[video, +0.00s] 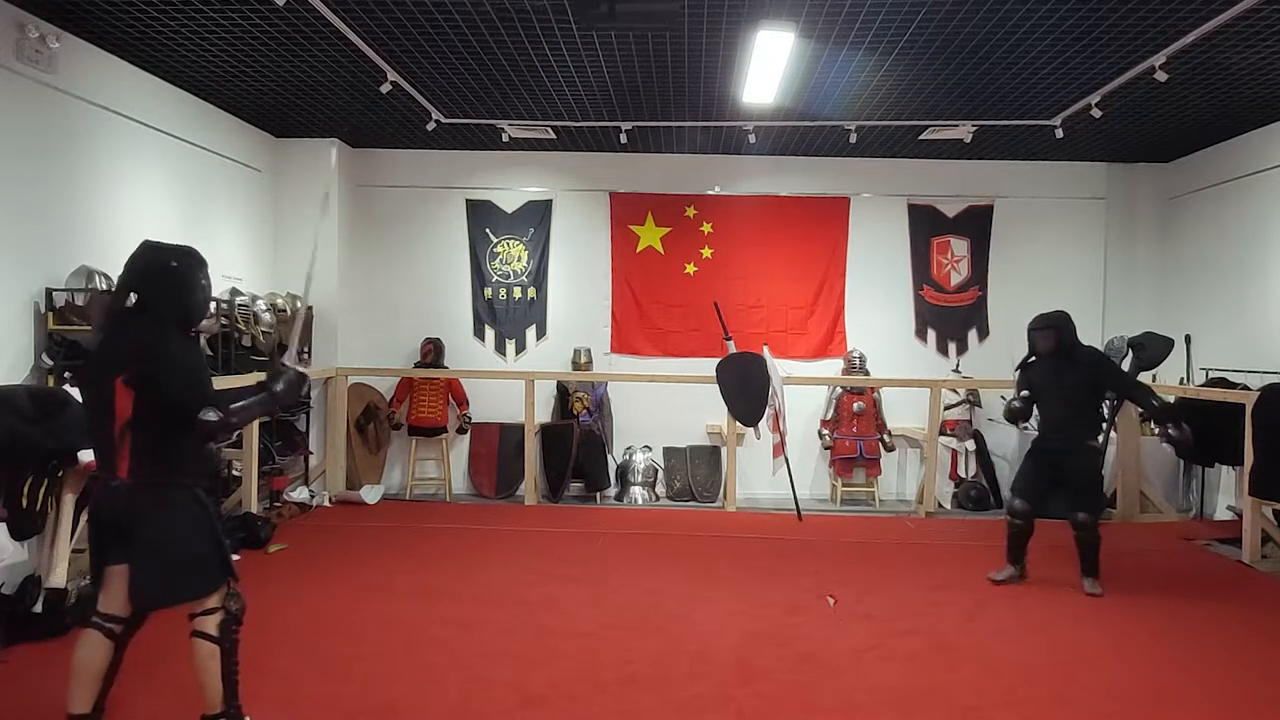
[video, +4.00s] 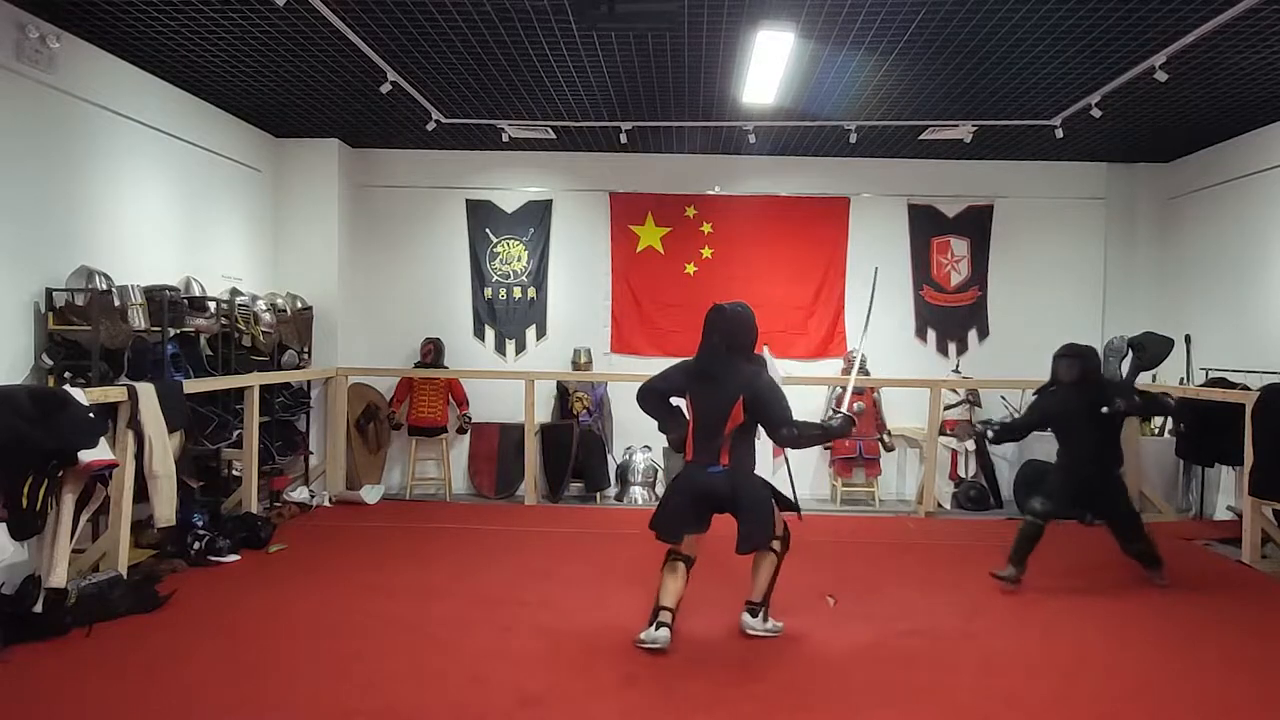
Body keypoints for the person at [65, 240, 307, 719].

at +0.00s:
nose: (209, 294)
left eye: (207, 283)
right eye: (202, 283)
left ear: (145, 287)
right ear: (178, 290)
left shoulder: (114, 338)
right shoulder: (173, 346)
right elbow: (205, 421)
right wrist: (271, 398)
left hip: (116, 497)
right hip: (170, 498)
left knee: (112, 614)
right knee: (217, 602)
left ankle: (79, 712)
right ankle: (222, 711)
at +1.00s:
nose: (361, 308)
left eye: (358, 298)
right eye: (356, 298)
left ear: (301, 301)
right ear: (340, 304)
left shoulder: (281, 346)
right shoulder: (335, 355)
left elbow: (240, 382)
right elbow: (362, 428)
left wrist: (273, 418)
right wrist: (444, 443)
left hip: (286, 487)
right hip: (319, 492)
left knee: (332, 591)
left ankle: (322, 689)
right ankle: (263, 688)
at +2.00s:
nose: (538, 346)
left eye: (538, 338)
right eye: (535, 338)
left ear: (484, 336)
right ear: (522, 339)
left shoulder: (461, 382)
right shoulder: (531, 387)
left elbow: (419, 418)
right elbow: (570, 444)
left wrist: (455, 447)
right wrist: (628, 453)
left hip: (476, 506)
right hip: (533, 506)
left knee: (444, 590)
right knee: (592, 560)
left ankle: (386, 673)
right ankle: (622, 647)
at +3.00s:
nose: (709, 363)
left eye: (703, 358)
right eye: (705, 359)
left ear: (663, 366)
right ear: (701, 365)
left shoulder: (645, 405)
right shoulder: (717, 400)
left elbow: (605, 434)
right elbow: (767, 428)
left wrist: (641, 467)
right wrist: (812, 427)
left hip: (665, 516)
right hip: (715, 512)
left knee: (619, 578)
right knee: (756, 532)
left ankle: (583, 650)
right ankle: (741, 613)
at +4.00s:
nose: (756, 338)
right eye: (753, 332)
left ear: (710, 335)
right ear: (748, 336)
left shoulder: (690, 369)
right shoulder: (754, 377)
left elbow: (648, 394)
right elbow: (786, 433)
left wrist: (676, 428)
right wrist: (834, 429)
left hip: (692, 479)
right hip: (738, 481)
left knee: (682, 550)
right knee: (777, 532)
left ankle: (662, 624)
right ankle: (755, 612)